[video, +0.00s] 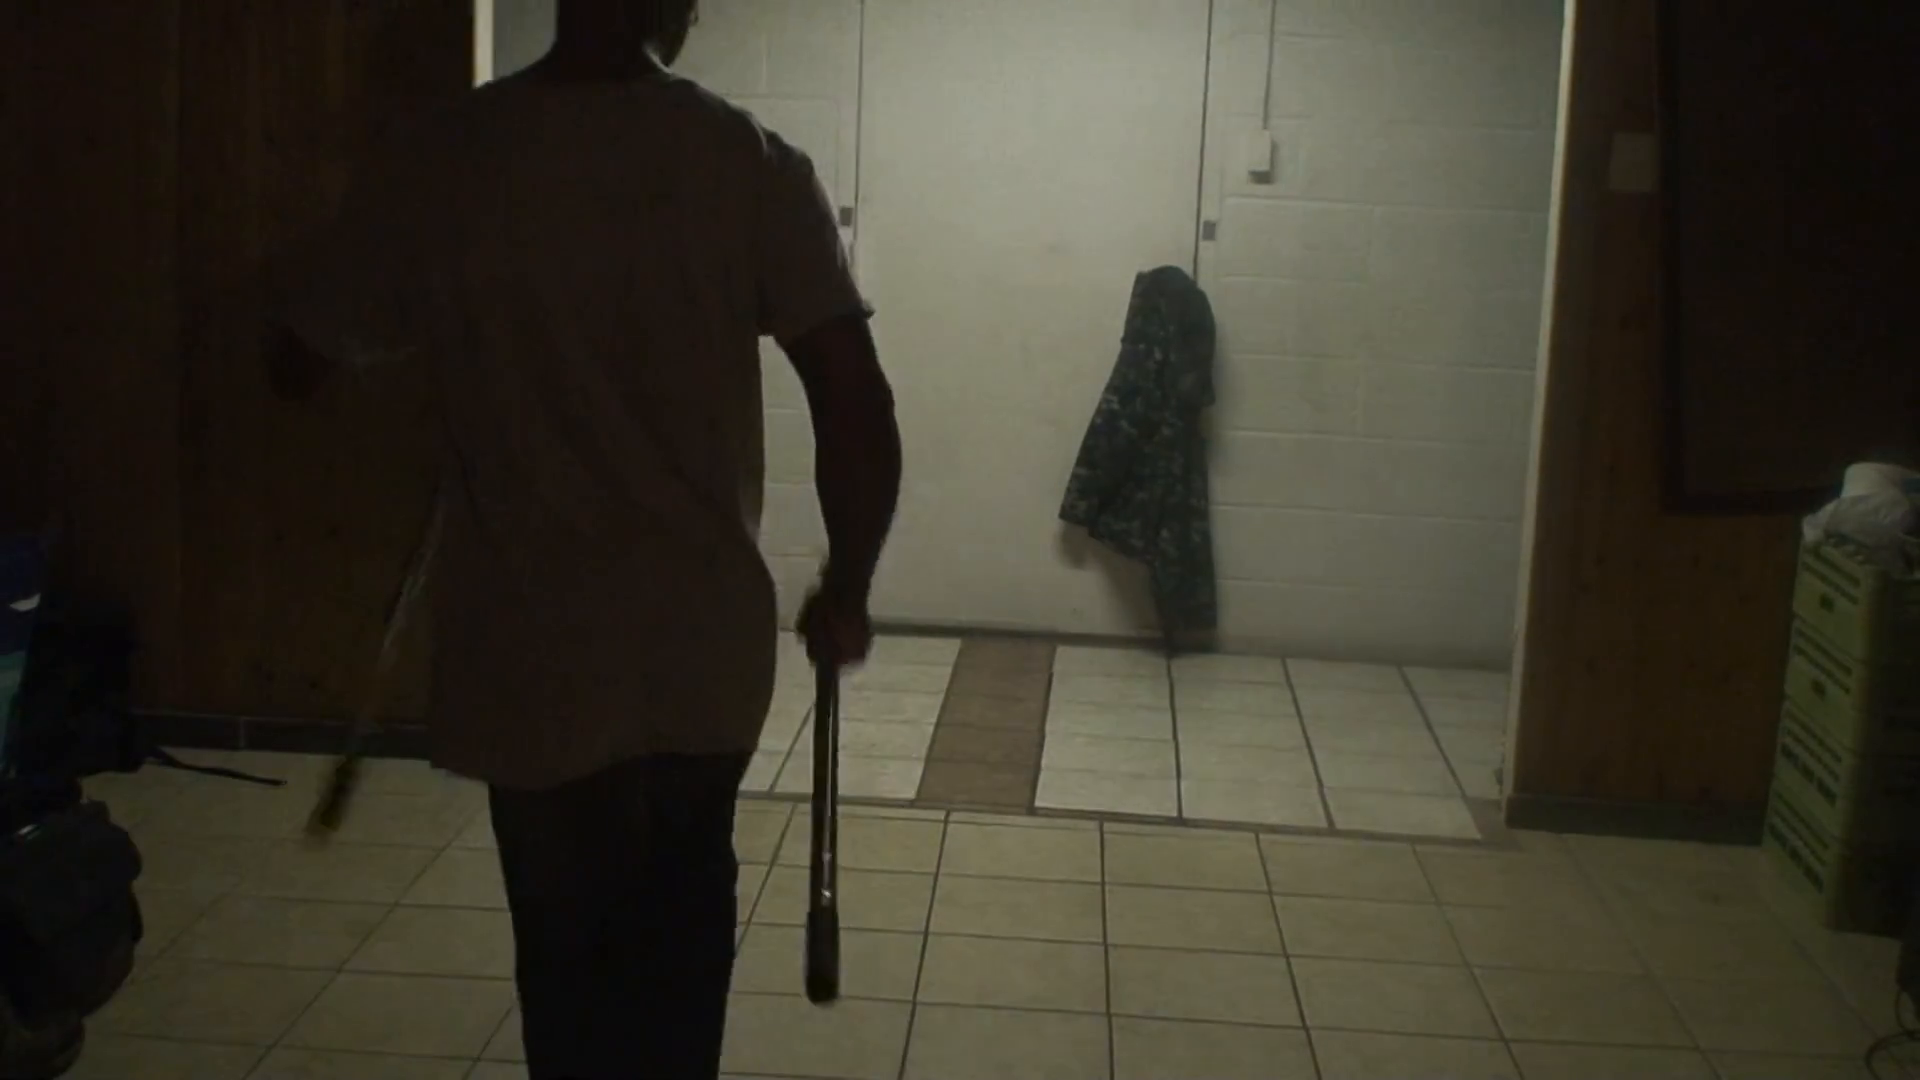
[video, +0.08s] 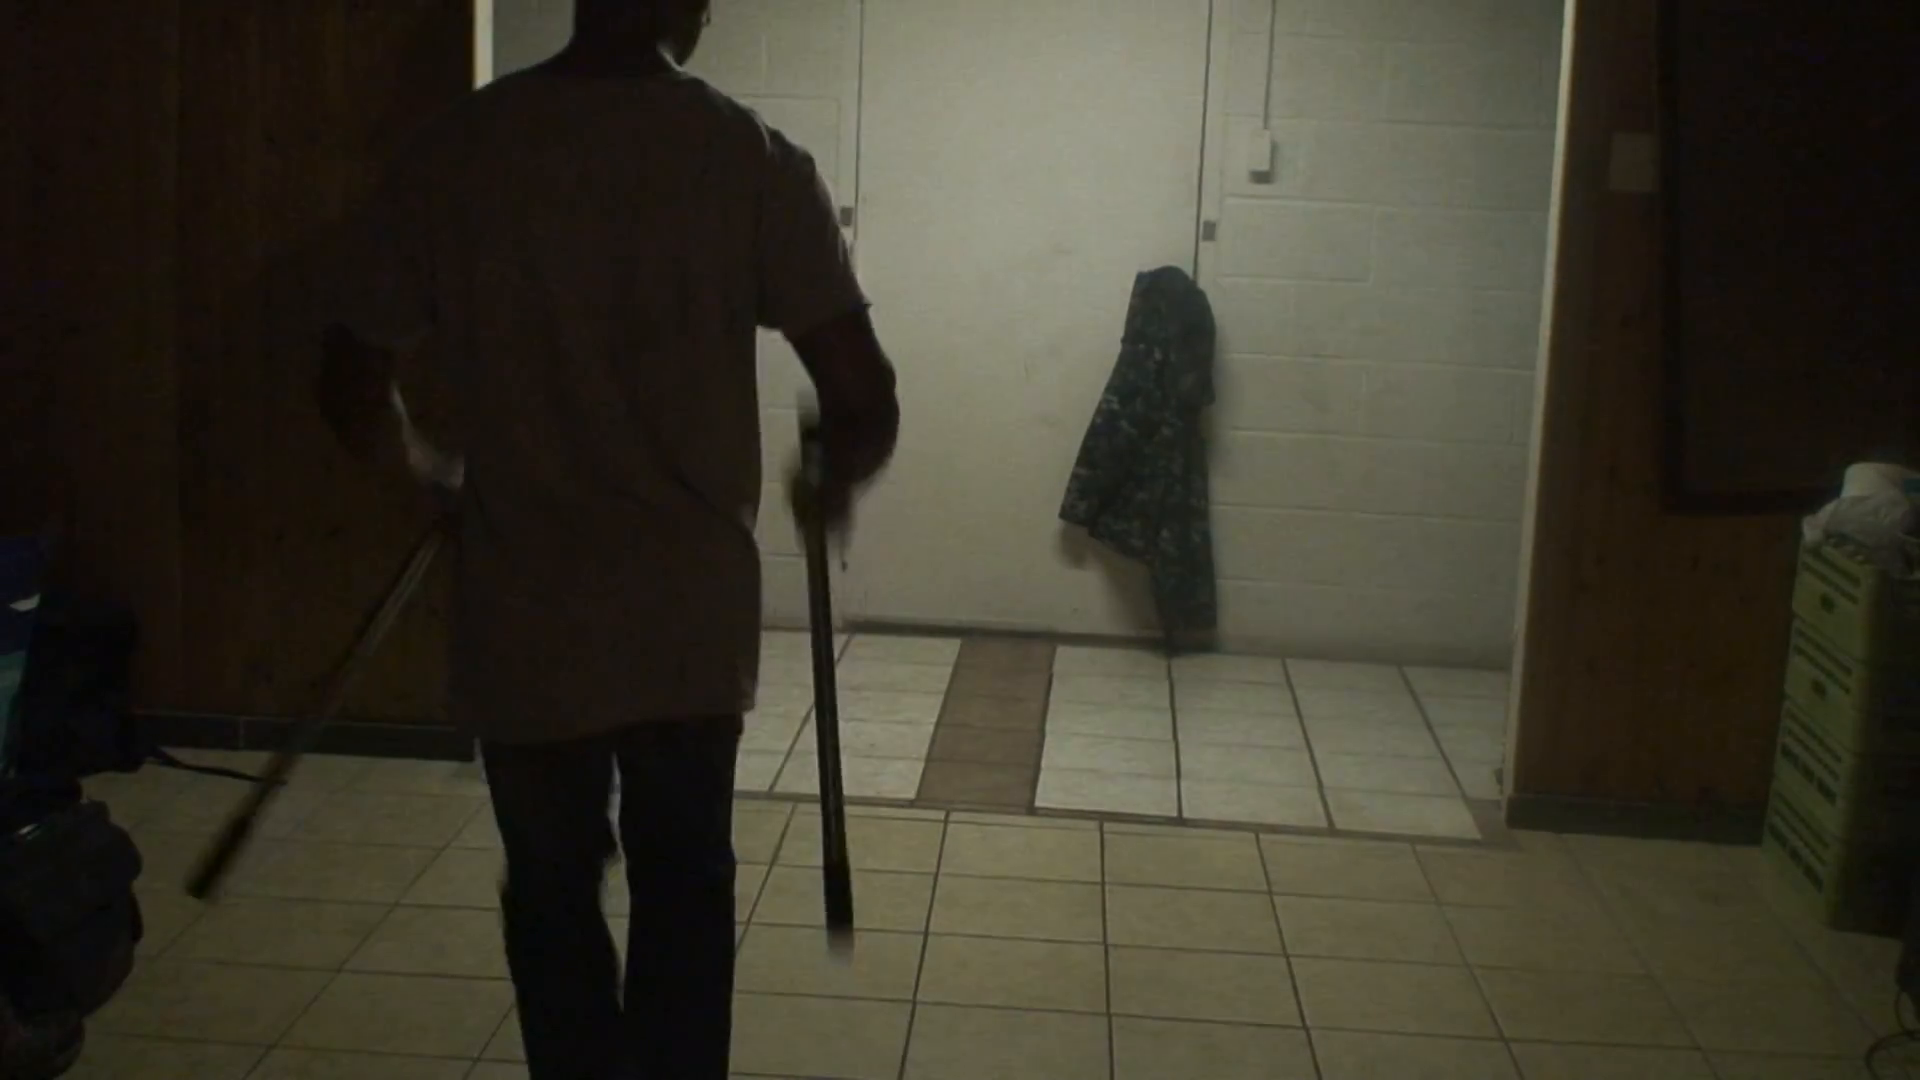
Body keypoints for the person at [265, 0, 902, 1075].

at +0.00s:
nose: (681, 21)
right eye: (684, 16)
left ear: (558, 6)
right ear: (675, 16)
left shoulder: (446, 148)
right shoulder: (747, 167)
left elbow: (298, 350)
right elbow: (856, 407)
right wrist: (847, 587)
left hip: (517, 637)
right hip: (699, 635)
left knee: (556, 940)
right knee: (681, 928)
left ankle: (571, 1074)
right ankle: (670, 1074)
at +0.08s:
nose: (700, 19)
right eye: (700, 11)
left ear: (579, 6)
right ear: (684, 13)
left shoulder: (454, 144)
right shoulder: (747, 160)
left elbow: (349, 374)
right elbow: (863, 395)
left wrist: (419, 482)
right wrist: (828, 480)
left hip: (522, 604)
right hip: (691, 604)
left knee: (549, 889)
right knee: (684, 886)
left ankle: (574, 1069)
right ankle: (676, 1072)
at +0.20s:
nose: (713, 16)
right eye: (714, 10)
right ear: (700, 10)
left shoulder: (475, 122)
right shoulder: (752, 145)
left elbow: (366, 332)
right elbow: (864, 362)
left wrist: (353, 508)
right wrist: (822, 202)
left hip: (503, 517)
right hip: (666, 535)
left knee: (513, 672)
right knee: (669, 837)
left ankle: (546, 903)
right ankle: (668, 1065)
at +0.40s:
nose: (706, 30)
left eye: (701, 16)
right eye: (704, 16)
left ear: (593, 10)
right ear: (686, 20)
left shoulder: (478, 125)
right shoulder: (733, 153)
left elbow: (368, 313)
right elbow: (831, 360)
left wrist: (365, 477)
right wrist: (805, 257)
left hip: (495, 502)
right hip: (641, 524)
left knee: (506, 729)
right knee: (625, 785)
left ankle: (516, 962)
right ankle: (588, 1050)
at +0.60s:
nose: (688, 53)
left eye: (685, 35)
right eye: (687, 35)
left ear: (580, 26)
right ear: (668, 38)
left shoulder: (470, 147)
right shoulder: (706, 174)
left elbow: (376, 323)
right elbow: (758, 377)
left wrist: (448, 378)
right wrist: (758, 503)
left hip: (498, 500)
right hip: (627, 511)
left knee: (507, 739)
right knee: (624, 752)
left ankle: (516, 972)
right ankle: (593, 1019)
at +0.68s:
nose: (682, 59)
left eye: (681, 39)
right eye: (681, 39)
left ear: (581, 26)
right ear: (658, 39)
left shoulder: (471, 146)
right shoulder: (696, 167)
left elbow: (383, 313)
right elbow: (741, 362)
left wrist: (450, 282)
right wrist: (745, 509)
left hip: (506, 482)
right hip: (634, 489)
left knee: (516, 711)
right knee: (630, 690)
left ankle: (520, 967)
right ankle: (591, 911)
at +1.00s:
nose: (723, 74)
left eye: (720, 54)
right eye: (721, 55)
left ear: (629, 43)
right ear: (699, 55)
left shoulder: (529, 153)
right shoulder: (712, 174)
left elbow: (438, 260)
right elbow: (731, 341)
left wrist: (506, 292)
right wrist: (731, 475)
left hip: (548, 451)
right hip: (666, 453)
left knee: (558, 657)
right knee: (673, 641)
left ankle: (549, 899)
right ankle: (636, 839)